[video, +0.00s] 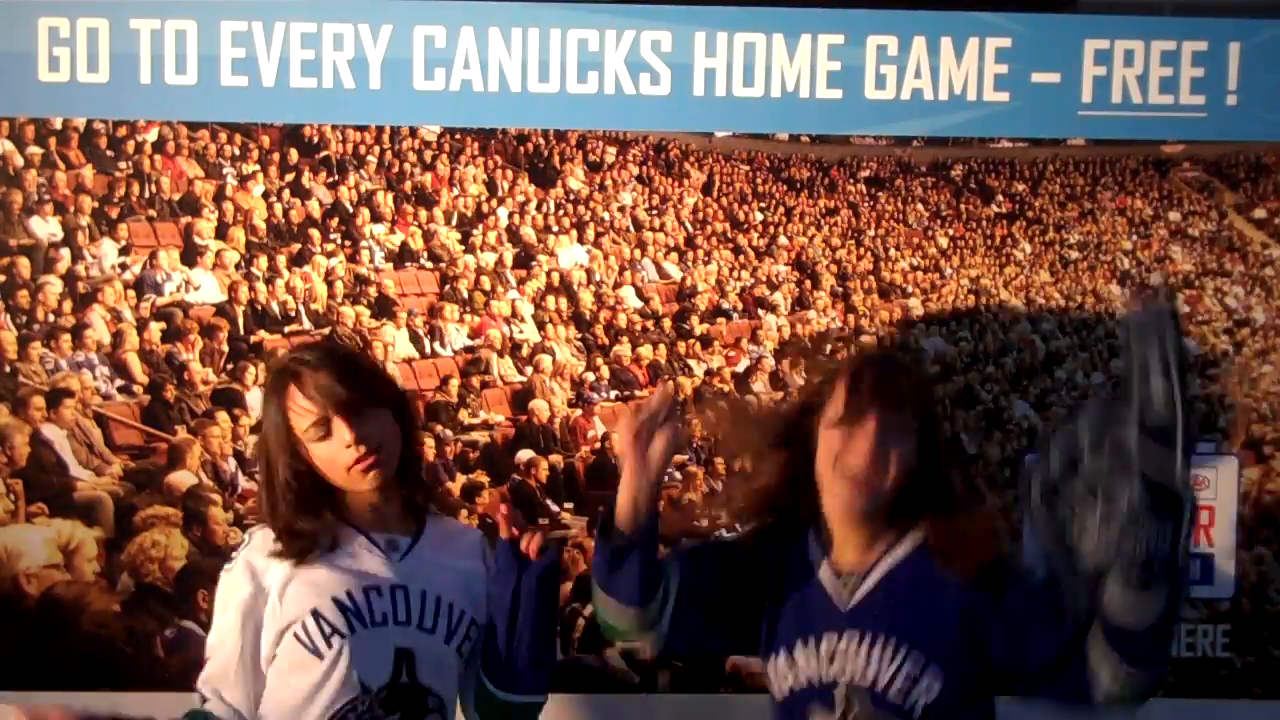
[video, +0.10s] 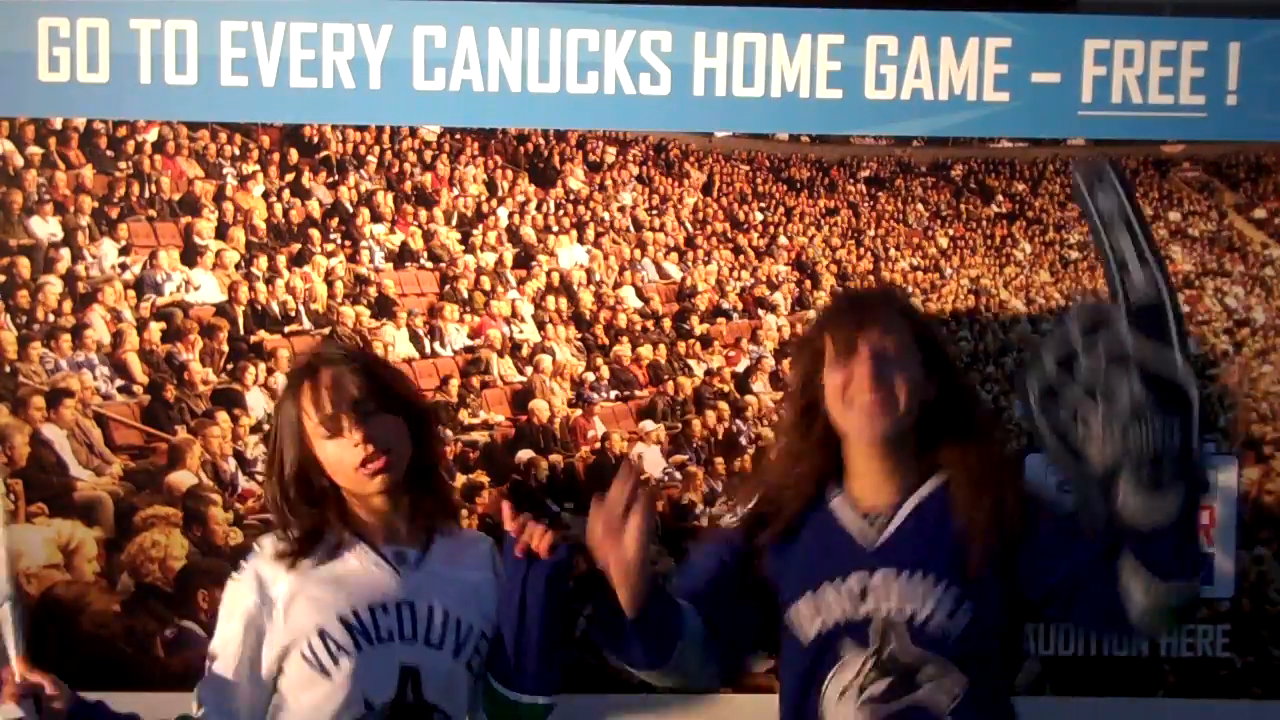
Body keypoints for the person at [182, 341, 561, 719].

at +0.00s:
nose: (354, 438)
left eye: (360, 410)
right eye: (322, 431)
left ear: (393, 409)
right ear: (299, 457)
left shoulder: (475, 553)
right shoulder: (264, 563)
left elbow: (504, 710)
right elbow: (223, 707)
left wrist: (529, 585)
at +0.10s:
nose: (364, 437)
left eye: (373, 411)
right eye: (333, 428)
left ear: (408, 419)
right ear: (308, 460)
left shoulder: (487, 562)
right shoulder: (272, 571)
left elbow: (523, 702)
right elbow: (224, 717)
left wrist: (543, 582)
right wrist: (88, 716)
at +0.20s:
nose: (374, 429)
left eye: (385, 405)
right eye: (346, 421)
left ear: (419, 413)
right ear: (324, 453)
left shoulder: (503, 563)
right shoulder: (284, 567)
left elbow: (538, 709)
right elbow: (228, 711)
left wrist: (564, 593)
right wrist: (95, 715)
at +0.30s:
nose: (403, 412)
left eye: (423, 392)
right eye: (375, 392)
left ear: (447, 412)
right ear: (338, 411)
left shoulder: (478, 559)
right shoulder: (266, 552)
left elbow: (503, 709)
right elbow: (227, 701)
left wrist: (568, 623)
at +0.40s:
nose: (421, 425)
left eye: (432, 408)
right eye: (396, 405)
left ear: (448, 426)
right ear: (343, 423)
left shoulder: (449, 575)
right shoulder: (258, 564)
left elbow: (482, 712)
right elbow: (206, 711)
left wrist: (549, 642)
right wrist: (265, 715)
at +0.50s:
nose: (414, 422)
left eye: (421, 403)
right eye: (389, 401)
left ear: (431, 413)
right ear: (337, 414)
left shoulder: (450, 552)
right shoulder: (245, 560)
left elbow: (478, 703)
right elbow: (196, 710)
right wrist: (277, 704)